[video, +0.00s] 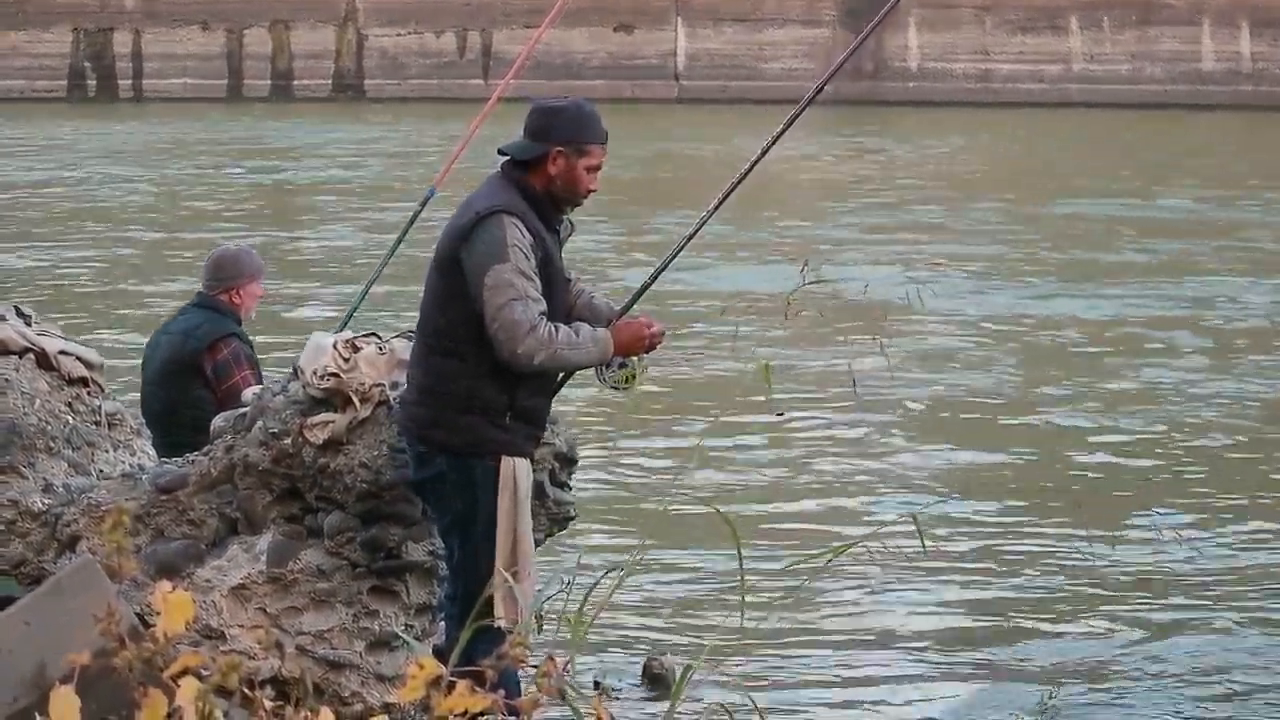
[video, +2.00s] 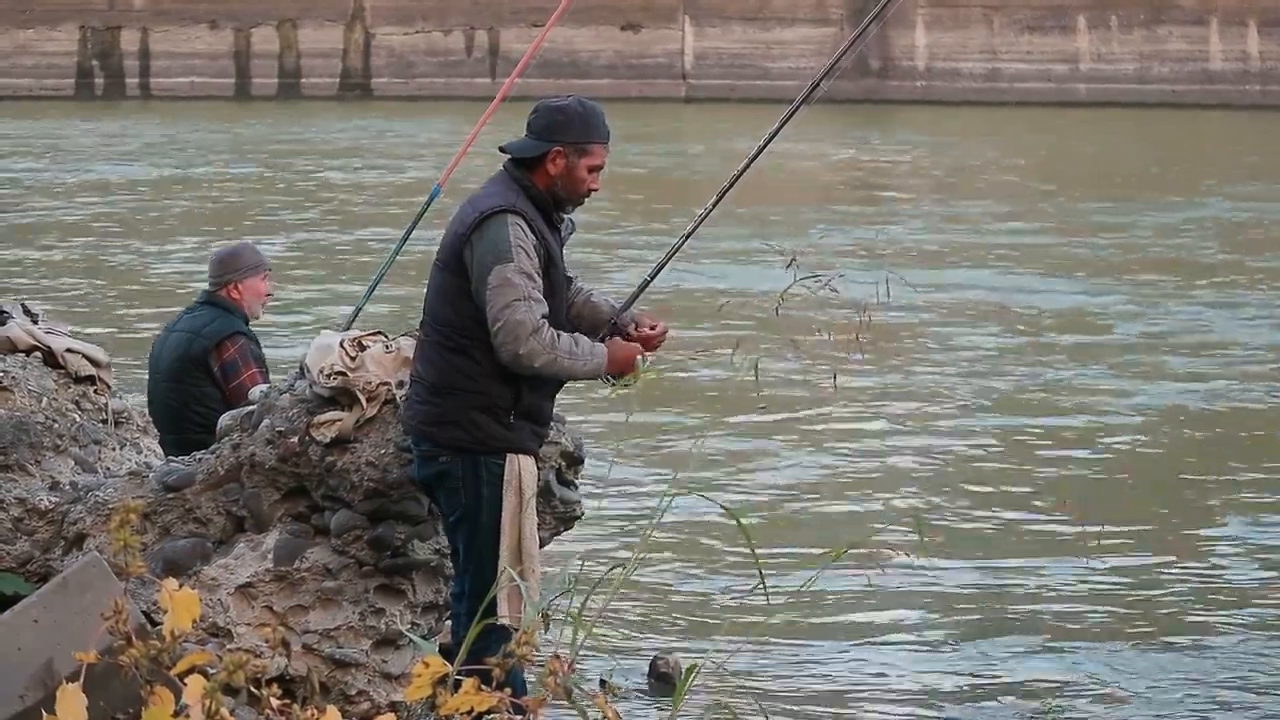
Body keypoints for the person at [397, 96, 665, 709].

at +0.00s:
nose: (596, 183)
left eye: (599, 169)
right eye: (591, 168)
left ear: (556, 161)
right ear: (553, 161)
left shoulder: (528, 218)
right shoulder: (501, 225)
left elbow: (562, 297)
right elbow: (521, 340)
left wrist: (617, 326)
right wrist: (609, 341)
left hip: (484, 438)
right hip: (460, 443)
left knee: (492, 592)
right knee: (478, 598)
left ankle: (490, 706)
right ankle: (473, 709)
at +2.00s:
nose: (598, 182)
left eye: (601, 169)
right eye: (592, 169)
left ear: (560, 161)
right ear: (554, 161)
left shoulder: (533, 217)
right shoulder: (504, 224)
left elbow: (560, 299)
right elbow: (520, 341)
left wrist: (619, 322)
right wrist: (603, 356)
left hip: (492, 435)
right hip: (467, 440)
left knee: (494, 593)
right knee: (489, 598)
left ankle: (485, 710)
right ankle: (484, 712)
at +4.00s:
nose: (590, 178)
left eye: (590, 167)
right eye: (590, 168)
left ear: (532, 159)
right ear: (579, 173)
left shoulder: (531, 222)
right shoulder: (507, 229)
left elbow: (564, 302)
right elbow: (539, 340)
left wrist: (625, 328)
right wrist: (622, 351)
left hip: (492, 438)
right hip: (469, 443)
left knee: (498, 586)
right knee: (491, 589)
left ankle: (486, 705)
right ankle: (487, 708)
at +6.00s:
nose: (591, 174)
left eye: (591, 163)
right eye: (589, 163)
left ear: (541, 162)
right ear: (571, 168)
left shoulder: (528, 222)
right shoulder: (511, 229)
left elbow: (563, 307)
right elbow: (547, 341)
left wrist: (627, 331)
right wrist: (625, 344)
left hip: (490, 440)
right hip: (473, 445)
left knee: (495, 591)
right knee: (494, 595)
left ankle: (487, 709)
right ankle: (488, 712)